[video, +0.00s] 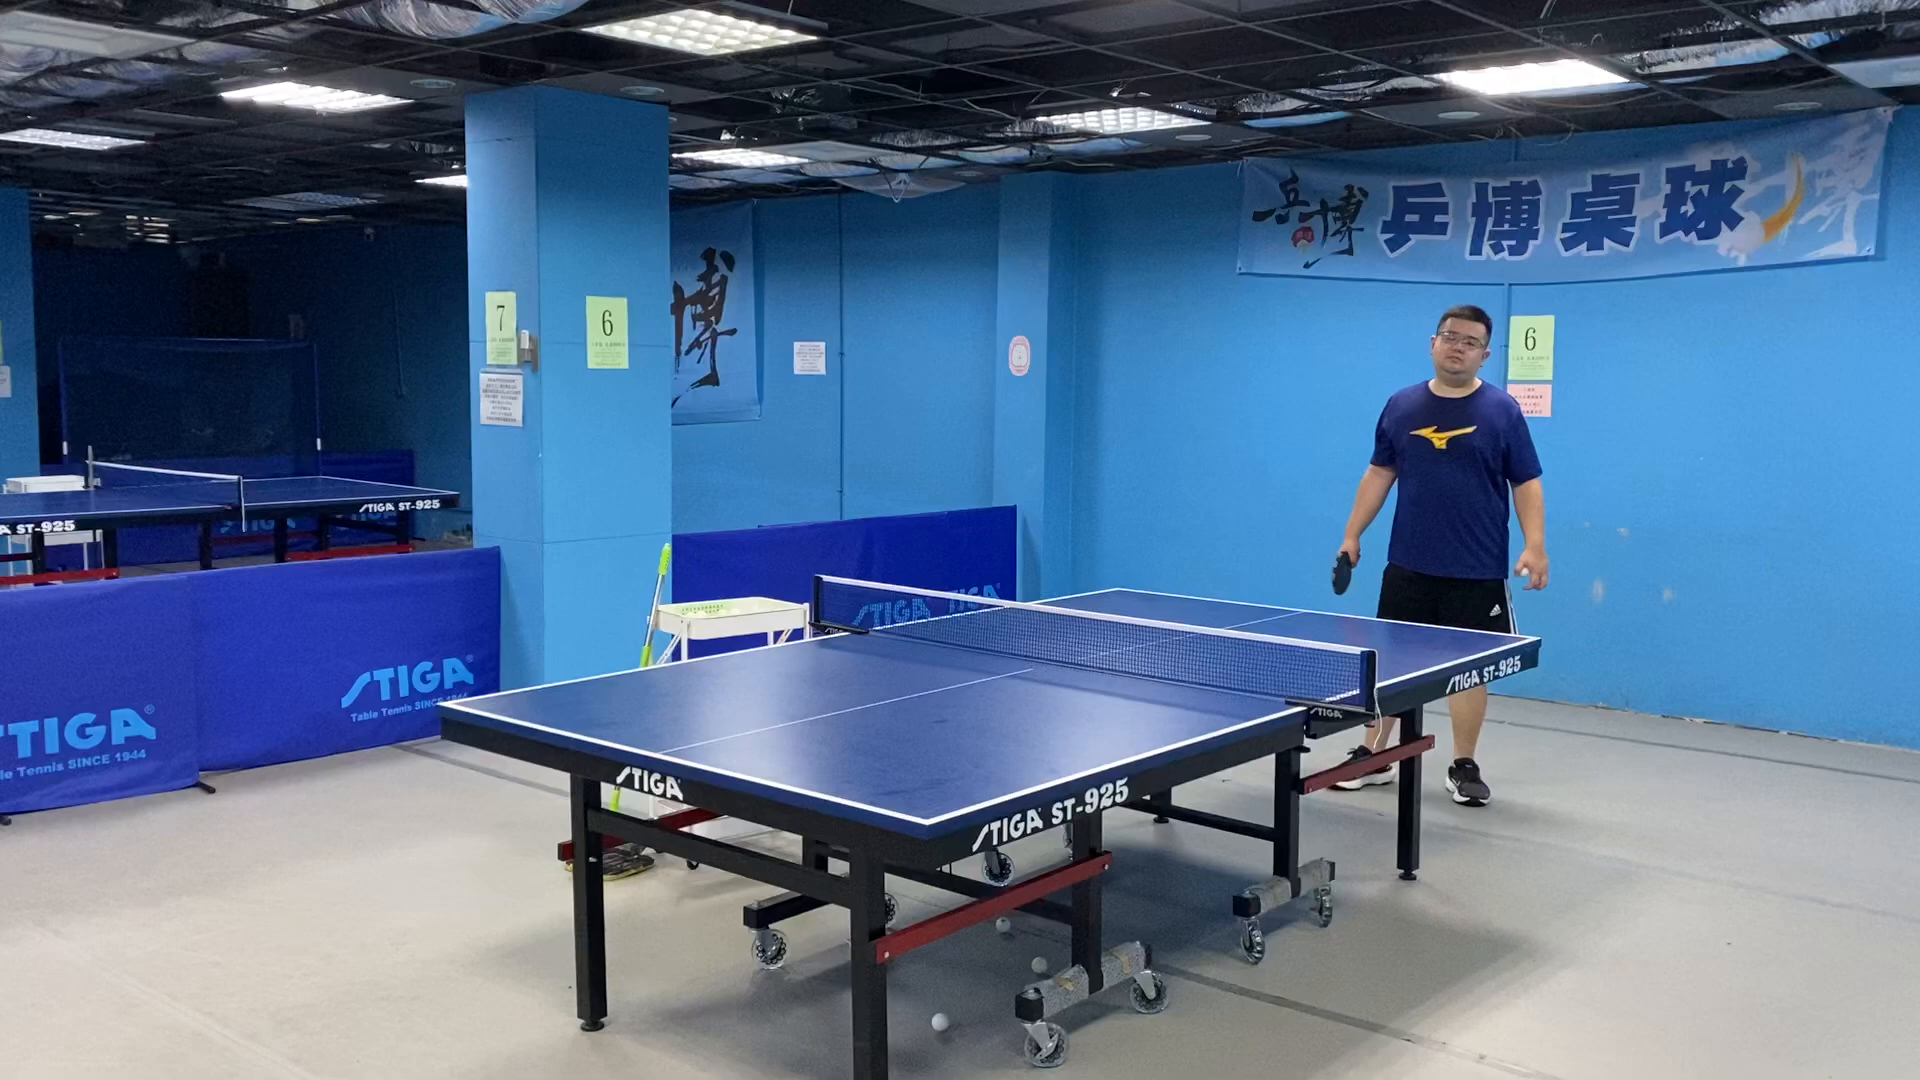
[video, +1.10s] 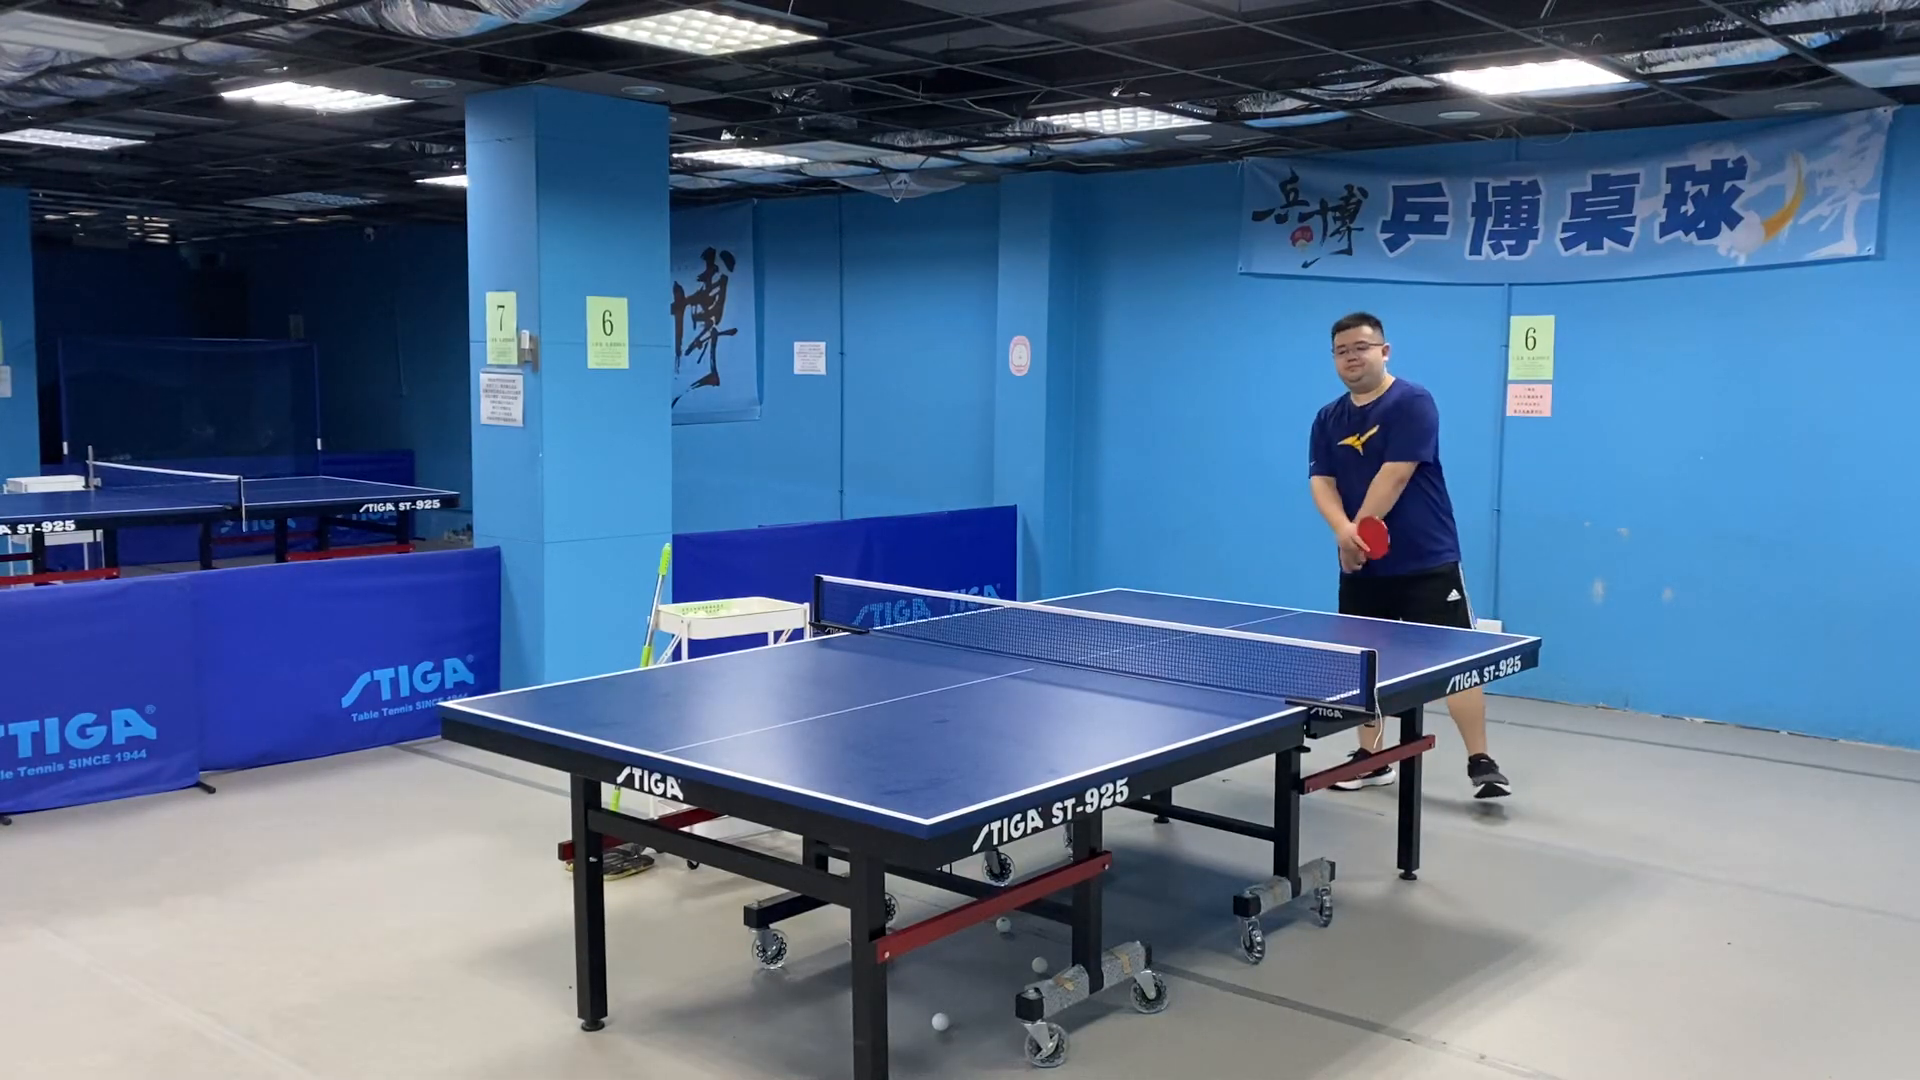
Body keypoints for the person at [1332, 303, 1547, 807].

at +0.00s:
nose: (1458, 347)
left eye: (1470, 342)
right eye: (1451, 338)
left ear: (1485, 354)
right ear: (1434, 343)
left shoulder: (1502, 410)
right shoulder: (1403, 404)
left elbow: (1526, 481)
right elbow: (1380, 472)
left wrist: (1535, 545)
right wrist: (1352, 533)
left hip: (1477, 569)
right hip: (1410, 563)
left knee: (1472, 669)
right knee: (1389, 659)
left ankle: (1465, 764)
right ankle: (1374, 755)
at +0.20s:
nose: (1429, 346)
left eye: (1442, 340)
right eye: (1422, 336)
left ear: (1458, 351)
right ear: (1409, 342)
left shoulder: (1478, 406)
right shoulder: (1383, 403)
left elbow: (1525, 464)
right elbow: (1351, 464)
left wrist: (1578, 509)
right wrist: (1307, 515)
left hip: (1457, 565)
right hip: (1391, 561)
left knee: (1463, 669)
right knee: (1382, 660)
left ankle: (1463, 764)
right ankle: (1372, 755)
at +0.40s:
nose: (1403, 345)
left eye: (1416, 338)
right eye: (1396, 335)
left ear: (1432, 348)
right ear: (1381, 342)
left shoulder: (1455, 400)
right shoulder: (1363, 399)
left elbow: (1507, 442)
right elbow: (1339, 451)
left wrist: (1578, 448)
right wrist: (1282, 472)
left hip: (1435, 560)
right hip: (1371, 557)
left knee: (1450, 665)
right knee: (1368, 657)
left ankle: (1462, 763)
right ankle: (1371, 755)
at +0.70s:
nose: (1377, 349)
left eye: (1388, 341)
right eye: (1369, 339)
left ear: (1406, 350)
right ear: (1356, 345)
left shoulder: (1432, 402)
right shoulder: (1337, 403)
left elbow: (1480, 441)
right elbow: (1297, 451)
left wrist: (1519, 431)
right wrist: (1236, 449)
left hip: (1418, 563)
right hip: (1351, 561)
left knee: (1439, 664)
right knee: (1354, 660)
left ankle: (1452, 758)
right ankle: (1370, 754)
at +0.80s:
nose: (1371, 352)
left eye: (1382, 344)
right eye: (1363, 343)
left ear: (1400, 350)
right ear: (1349, 348)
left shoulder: (1426, 404)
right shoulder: (1331, 408)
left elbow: (1472, 445)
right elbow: (1293, 460)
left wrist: (1469, 453)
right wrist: (1247, 464)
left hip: (1417, 562)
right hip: (1350, 562)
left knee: (1440, 661)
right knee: (1354, 659)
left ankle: (1449, 758)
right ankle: (1371, 753)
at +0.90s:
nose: (1362, 353)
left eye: (1372, 344)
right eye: (1354, 345)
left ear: (1392, 350)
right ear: (1342, 352)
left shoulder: (1420, 402)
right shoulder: (1327, 413)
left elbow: (1444, 456)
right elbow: (1303, 465)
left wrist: (1406, 483)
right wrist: (1285, 484)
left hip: (1419, 561)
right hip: (1354, 562)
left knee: (1437, 662)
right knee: (1358, 659)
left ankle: (1452, 759)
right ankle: (1369, 754)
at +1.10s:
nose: (1352, 358)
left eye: (1361, 348)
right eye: (1342, 351)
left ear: (1383, 351)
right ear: (1334, 360)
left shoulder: (1412, 401)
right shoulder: (1328, 418)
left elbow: (1395, 475)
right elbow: (1322, 482)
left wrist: (1356, 538)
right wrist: (1342, 526)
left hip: (1427, 563)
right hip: (1364, 565)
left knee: (1456, 660)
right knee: (1361, 660)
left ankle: (1479, 759)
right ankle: (1371, 754)